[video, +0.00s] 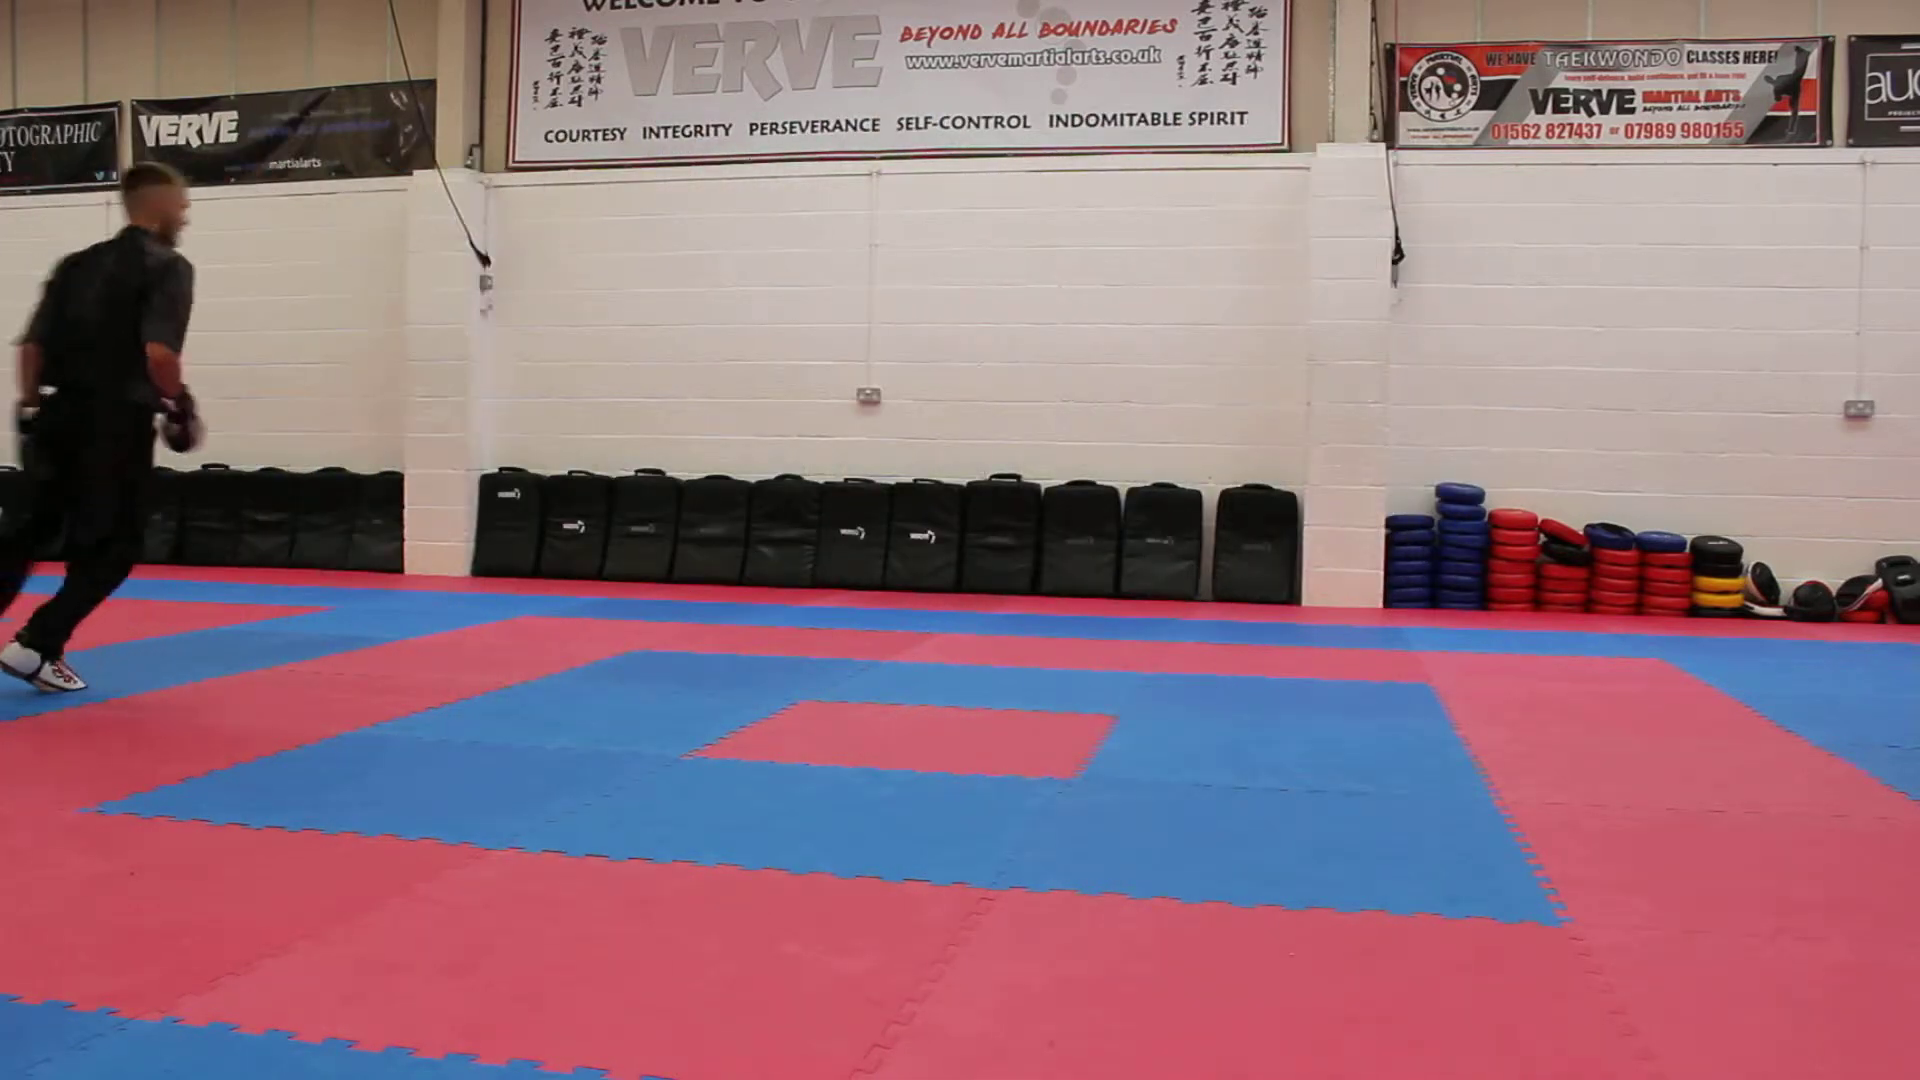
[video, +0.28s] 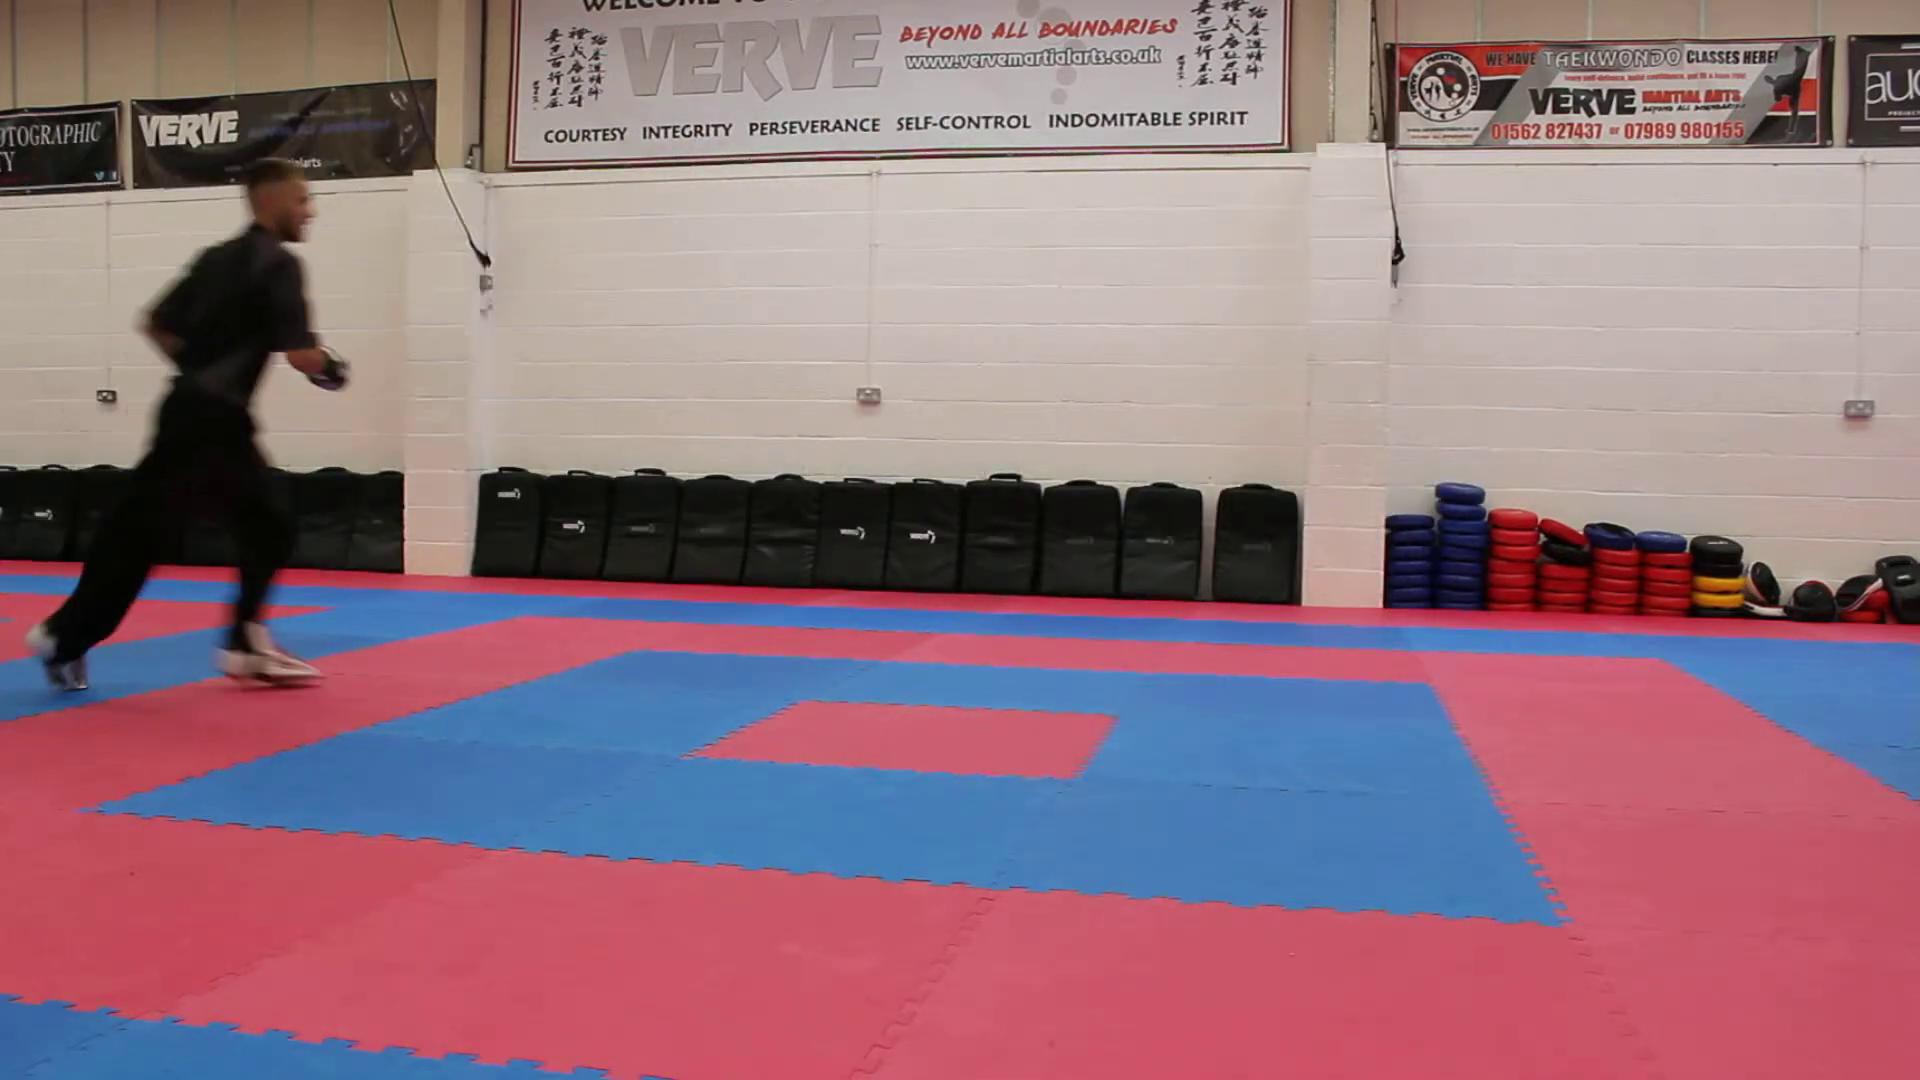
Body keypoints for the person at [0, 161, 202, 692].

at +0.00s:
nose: (186, 214)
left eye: (185, 202)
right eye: (181, 203)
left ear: (131, 205)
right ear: (161, 205)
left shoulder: (77, 263)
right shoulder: (168, 268)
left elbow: (32, 344)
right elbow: (159, 353)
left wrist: (30, 401)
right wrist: (180, 405)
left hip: (59, 423)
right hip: (120, 428)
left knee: (33, 530)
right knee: (116, 549)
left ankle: (44, 651)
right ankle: (33, 644)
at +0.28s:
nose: (310, 209)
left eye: (308, 198)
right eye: (301, 199)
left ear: (261, 205)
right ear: (269, 202)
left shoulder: (219, 257)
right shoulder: (279, 265)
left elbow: (158, 323)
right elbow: (301, 354)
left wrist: (198, 366)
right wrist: (328, 368)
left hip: (183, 418)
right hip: (220, 425)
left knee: (141, 529)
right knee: (269, 526)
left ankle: (66, 637)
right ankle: (245, 637)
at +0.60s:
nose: (485, 185)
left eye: (483, 175)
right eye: (474, 176)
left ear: (460, 183)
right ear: (442, 183)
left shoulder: (449, 248)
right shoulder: (416, 239)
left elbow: (426, 327)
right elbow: (349, 295)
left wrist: (473, 339)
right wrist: (397, 347)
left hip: (399, 397)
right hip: (380, 401)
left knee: (361, 514)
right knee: (446, 520)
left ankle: (287, 619)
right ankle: (416, 652)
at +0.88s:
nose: (651, 175)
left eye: (651, 165)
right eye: (639, 165)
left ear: (636, 173)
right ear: (605, 170)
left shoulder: (616, 244)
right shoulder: (590, 243)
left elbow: (595, 341)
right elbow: (558, 340)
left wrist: (650, 365)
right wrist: (626, 354)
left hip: (594, 407)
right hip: (562, 409)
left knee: (616, 542)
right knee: (558, 539)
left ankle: (550, 622)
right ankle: (513, 662)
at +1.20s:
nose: (871, 163)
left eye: (873, 151)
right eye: (857, 151)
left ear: (870, 160)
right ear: (823, 159)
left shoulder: (864, 249)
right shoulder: (792, 235)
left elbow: (852, 331)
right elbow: (740, 321)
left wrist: (890, 337)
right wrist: (805, 351)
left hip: (846, 413)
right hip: (802, 411)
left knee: (849, 545)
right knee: (845, 541)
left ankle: (789, 686)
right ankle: (775, 669)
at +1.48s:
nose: (1002, 156)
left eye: (1013, 142)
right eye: (995, 146)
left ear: (1045, 148)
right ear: (988, 157)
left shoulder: (1085, 242)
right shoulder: (974, 250)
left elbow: (1131, 334)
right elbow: (946, 348)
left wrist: (1094, 352)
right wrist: (974, 385)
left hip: (1077, 415)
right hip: (1018, 421)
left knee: (1100, 556)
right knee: (1058, 558)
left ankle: (1084, 709)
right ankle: (1073, 714)